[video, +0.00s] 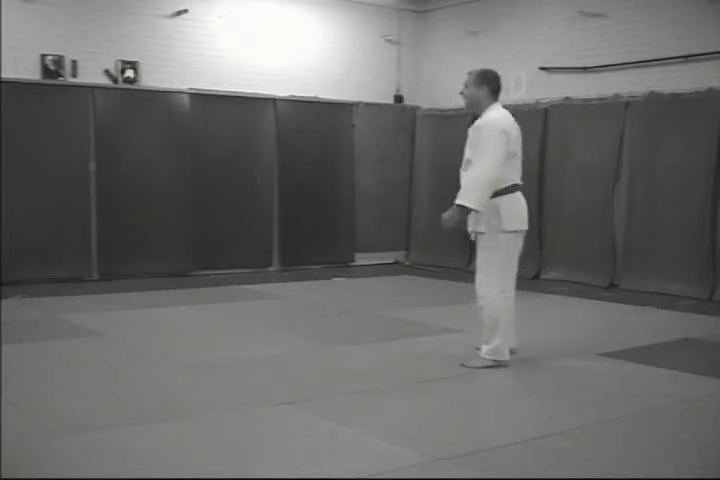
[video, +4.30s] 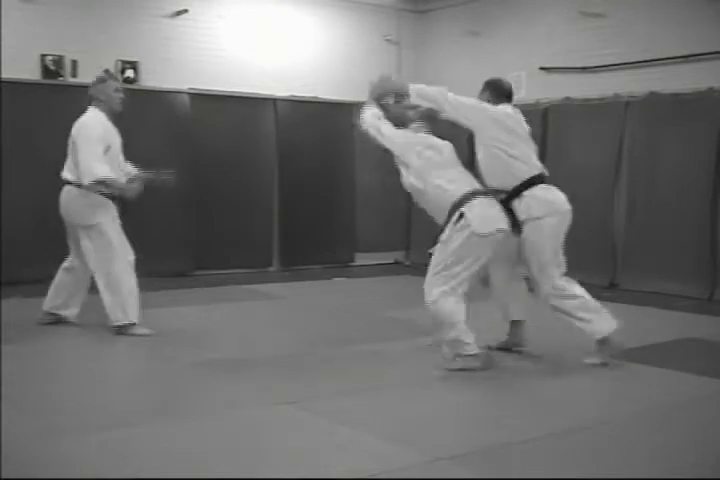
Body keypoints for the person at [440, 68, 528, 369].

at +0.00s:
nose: (462, 93)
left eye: (467, 88)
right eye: (463, 88)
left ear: (485, 91)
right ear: (488, 92)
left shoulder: (491, 124)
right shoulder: (499, 121)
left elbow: (484, 171)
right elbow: (490, 171)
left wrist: (459, 208)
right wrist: (468, 209)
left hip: (497, 211)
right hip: (504, 208)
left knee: (491, 283)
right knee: (498, 281)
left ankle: (495, 352)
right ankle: (503, 343)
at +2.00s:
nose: (439, 94)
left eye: (444, 88)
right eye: (440, 88)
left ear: (461, 92)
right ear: (467, 93)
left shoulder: (464, 125)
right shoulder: (487, 122)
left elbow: (455, 171)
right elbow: (485, 171)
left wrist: (444, 216)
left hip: (472, 209)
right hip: (489, 206)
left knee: (462, 282)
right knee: (473, 280)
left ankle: (467, 352)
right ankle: (466, 340)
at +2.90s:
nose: (418, 122)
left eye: (423, 116)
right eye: (419, 116)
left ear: (440, 120)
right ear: (442, 121)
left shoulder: (453, 150)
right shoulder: (455, 146)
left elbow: (447, 199)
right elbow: (449, 200)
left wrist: (424, 243)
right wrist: (428, 236)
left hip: (485, 229)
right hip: (472, 228)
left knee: (459, 290)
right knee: (440, 273)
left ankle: (490, 352)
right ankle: (447, 337)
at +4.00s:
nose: (387, 153)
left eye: (391, 147)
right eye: (389, 147)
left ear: (407, 147)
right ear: (415, 148)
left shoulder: (426, 173)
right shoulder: (443, 163)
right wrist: (448, 253)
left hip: (488, 230)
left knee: (443, 288)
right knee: (433, 276)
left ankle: (473, 353)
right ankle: (454, 335)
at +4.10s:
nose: (389, 160)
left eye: (383, 153)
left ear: (392, 142)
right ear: (417, 143)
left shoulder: (426, 170)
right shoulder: (448, 161)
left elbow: (436, 192)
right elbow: (482, 188)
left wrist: (397, 171)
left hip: (472, 240)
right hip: (487, 233)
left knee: (436, 301)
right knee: (433, 275)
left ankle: (473, 354)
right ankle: (449, 333)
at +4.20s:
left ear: (413, 126)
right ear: (435, 125)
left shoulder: (412, 148)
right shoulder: (449, 146)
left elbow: (375, 130)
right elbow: (433, 124)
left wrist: (367, 103)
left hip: (464, 227)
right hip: (487, 222)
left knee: (433, 295)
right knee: (446, 287)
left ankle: (472, 348)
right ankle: (457, 334)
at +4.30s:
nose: (405, 124)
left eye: (406, 121)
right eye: (406, 120)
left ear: (413, 126)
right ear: (429, 124)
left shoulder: (410, 143)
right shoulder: (444, 145)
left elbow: (375, 124)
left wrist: (368, 106)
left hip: (472, 219)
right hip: (498, 214)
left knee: (439, 288)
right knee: (503, 275)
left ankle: (466, 351)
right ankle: (516, 332)